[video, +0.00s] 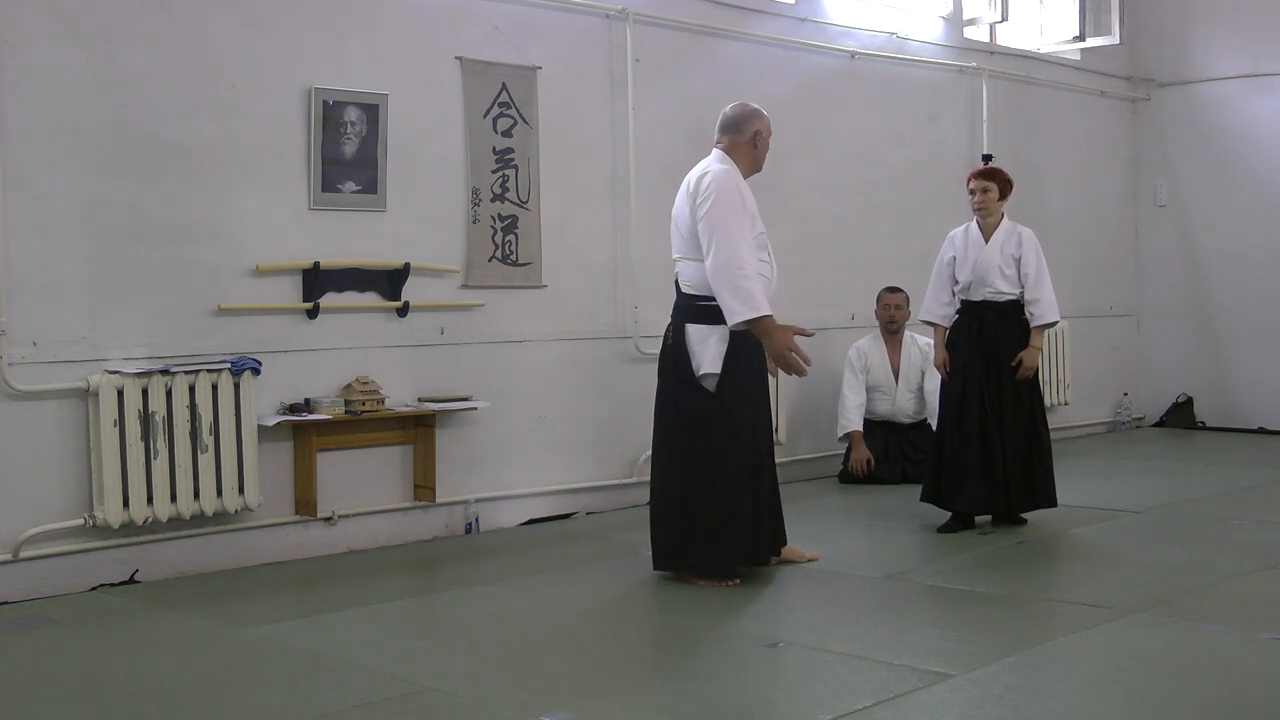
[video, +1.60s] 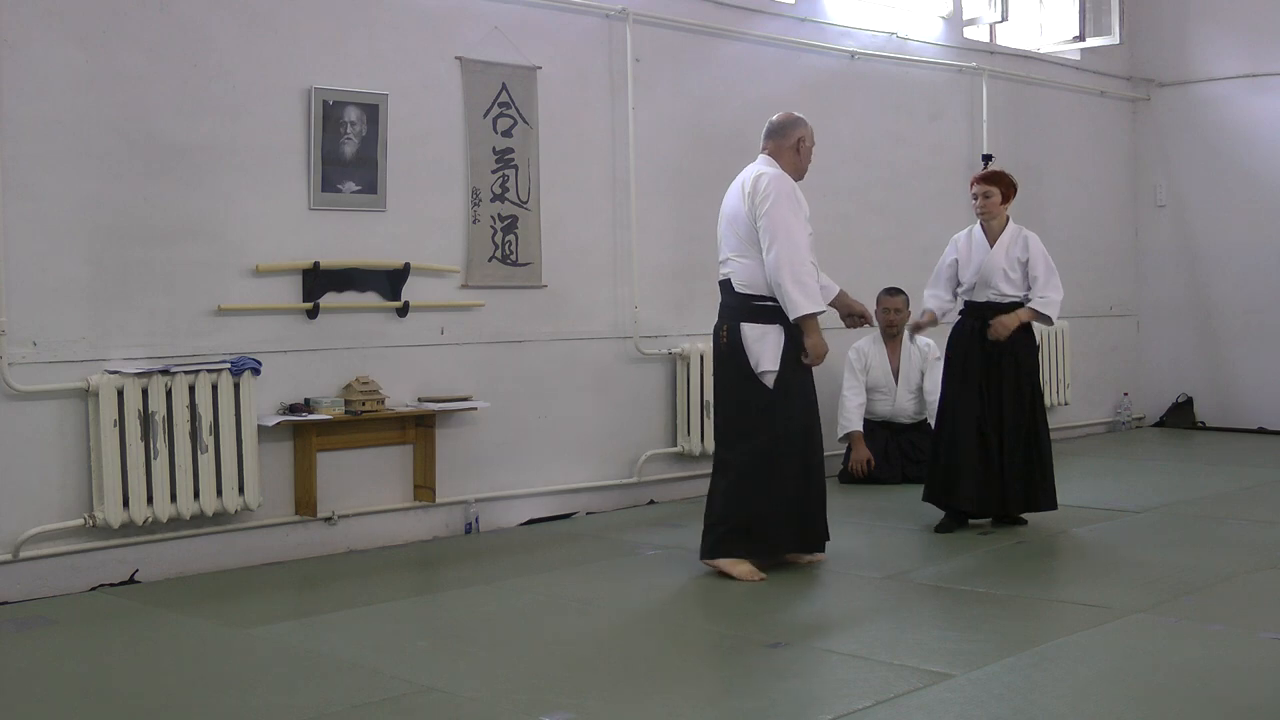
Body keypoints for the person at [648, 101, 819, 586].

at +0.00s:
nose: (769, 153)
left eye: (769, 143)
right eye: (768, 142)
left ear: (725, 135)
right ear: (756, 139)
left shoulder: (716, 178)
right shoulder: (718, 181)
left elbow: (733, 267)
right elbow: (727, 268)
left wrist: (770, 324)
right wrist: (768, 336)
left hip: (731, 330)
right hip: (711, 332)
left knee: (749, 441)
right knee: (704, 447)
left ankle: (763, 541)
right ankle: (693, 559)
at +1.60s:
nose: (811, 158)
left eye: (811, 150)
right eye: (810, 149)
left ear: (773, 143)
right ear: (799, 146)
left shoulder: (757, 179)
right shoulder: (774, 183)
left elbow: (794, 261)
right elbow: (785, 259)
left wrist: (841, 300)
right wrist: (810, 327)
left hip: (760, 318)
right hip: (759, 320)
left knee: (788, 431)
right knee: (752, 435)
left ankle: (784, 540)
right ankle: (728, 549)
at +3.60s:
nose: (786, 136)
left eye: (785, 128)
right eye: (777, 128)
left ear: (745, 133)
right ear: (744, 132)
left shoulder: (745, 183)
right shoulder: (730, 181)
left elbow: (770, 262)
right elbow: (739, 261)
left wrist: (809, 305)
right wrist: (766, 330)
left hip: (755, 328)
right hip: (730, 331)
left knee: (773, 440)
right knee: (735, 448)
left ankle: (783, 539)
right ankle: (733, 559)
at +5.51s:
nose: (776, 138)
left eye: (773, 129)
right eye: (768, 129)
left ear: (736, 133)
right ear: (738, 134)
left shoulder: (727, 180)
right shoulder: (721, 183)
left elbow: (750, 263)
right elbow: (732, 268)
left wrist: (793, 301)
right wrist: (782, 311)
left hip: (747, 326)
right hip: (725, 330)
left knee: (766, 438)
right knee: (733, 447)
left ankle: (776, 541)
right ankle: (734, 561)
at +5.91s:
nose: (777, 136)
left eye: (775, 128)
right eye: (769, 129)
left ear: (734, 135)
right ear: (738, 135)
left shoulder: (718, 179)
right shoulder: (727, 184)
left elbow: (743, 265)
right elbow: (749, 258)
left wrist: (790, 307)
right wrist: (800, 243)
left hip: (743, 323)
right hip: (732, 329)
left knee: (768, 438)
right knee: (737, 445)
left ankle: (775, 541)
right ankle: (736, 561)